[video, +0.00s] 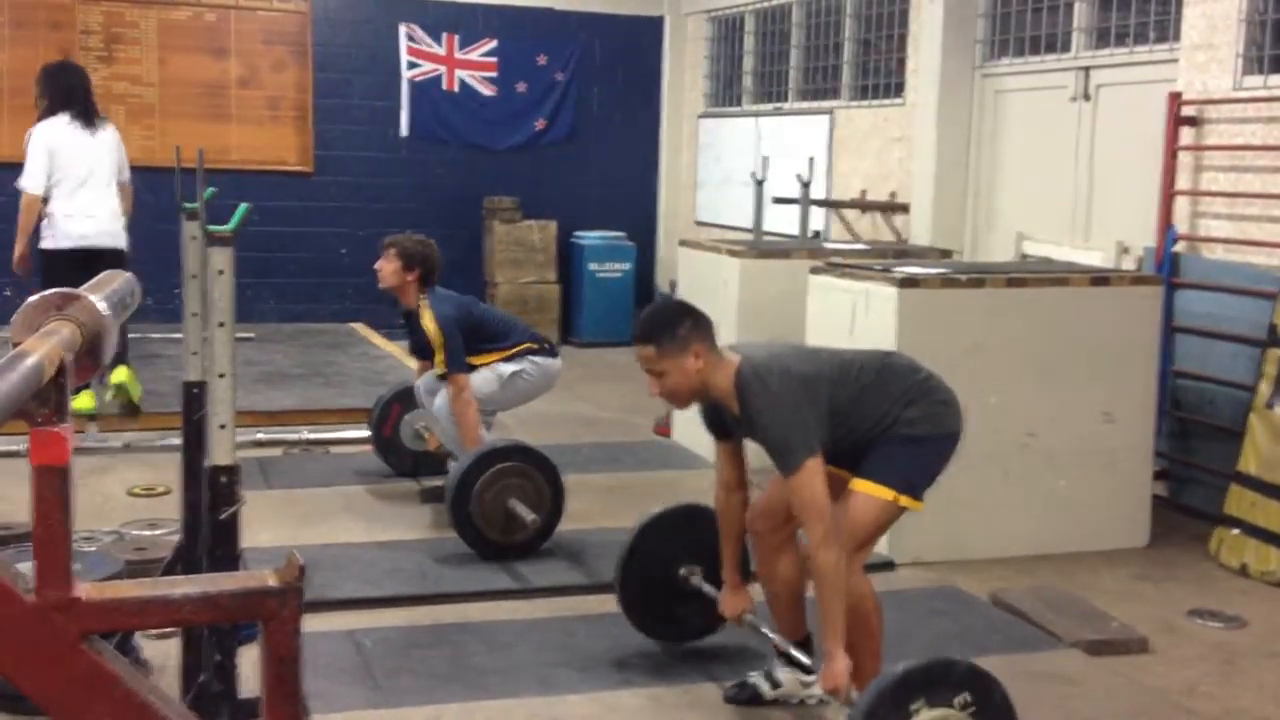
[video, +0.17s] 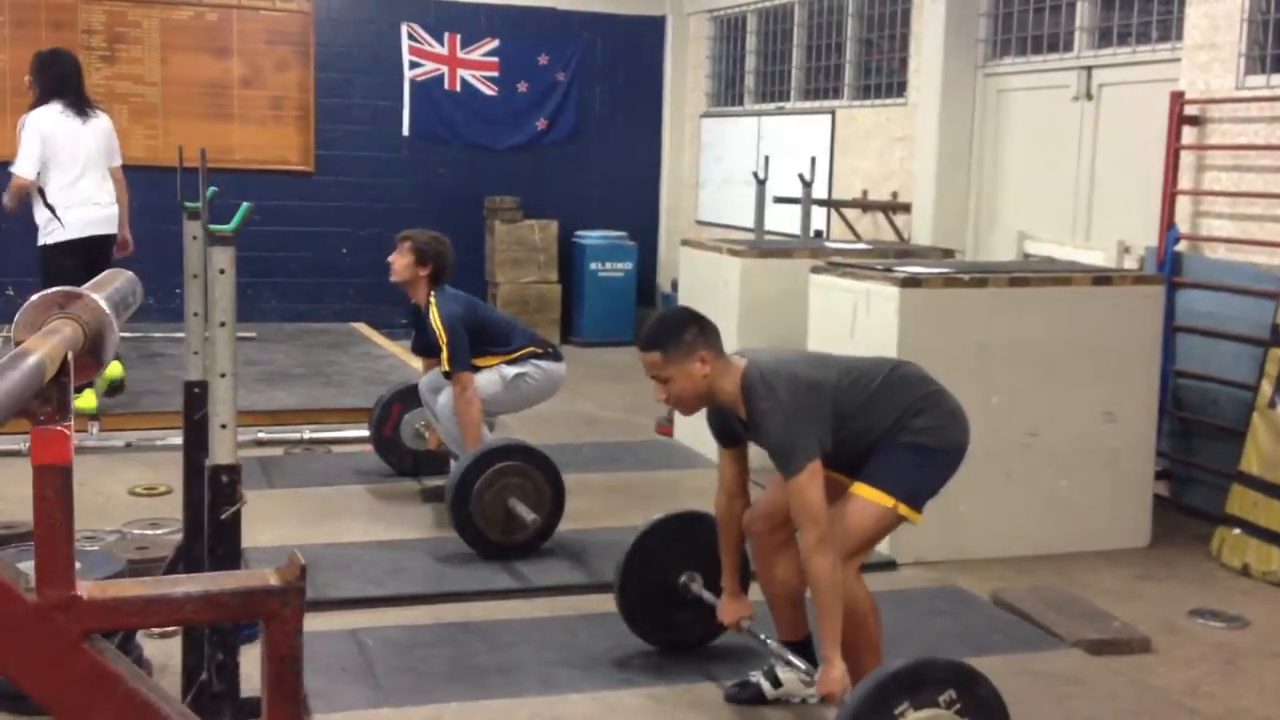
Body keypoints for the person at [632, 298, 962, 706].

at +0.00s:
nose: (654, 389)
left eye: (658, 374)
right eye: (649, 376)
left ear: (697, 357)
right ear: (696, 358)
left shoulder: (773, 395)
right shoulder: (720, 397)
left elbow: (825, 538)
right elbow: (730, 486)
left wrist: (836, 651)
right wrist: (732, 583)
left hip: (922, 419)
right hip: (866, 421)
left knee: (834, 554)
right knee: (767, 520)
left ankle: (867, 702)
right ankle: (795, 667)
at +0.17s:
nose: (659, 394)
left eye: (663, 380)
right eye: (654, 382)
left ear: (703, 363)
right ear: (702, 364)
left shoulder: (780, 402)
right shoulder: (726, 403)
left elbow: (818, 542)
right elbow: (731, 494)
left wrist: (832, 658)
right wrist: (732, 592)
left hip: (927, 428)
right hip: (866, 430)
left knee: (833, 559)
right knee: (762, 525)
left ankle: (868, 701)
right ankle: (796, 667)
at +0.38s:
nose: (661, 389)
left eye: (666, 374)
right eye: (657, 376)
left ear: (706, 359)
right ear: (705, 361)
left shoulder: (780, 401)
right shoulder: (728, 403)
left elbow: (815, 544)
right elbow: (732, 498)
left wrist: (831, 662)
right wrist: (733, 593)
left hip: (926, 441)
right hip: (867, 442)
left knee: (826, 564)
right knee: (756, 526)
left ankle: (873, 699)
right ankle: (797, 667)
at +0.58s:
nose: (662, 386)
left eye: (668, 371)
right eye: (659, 373)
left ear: (708, 357)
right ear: (708, 359)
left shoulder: (778, 404)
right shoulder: (727, 407)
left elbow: (813, 547)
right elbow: (732, 500)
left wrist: (832, 666)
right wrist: (735, 593)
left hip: (923, 455)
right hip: (863, 455)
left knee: (811, 567)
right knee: (747, 533)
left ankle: (869, 692)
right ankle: (797, 666)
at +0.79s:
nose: (665, 397)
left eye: (669, 382)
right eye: (660, 385)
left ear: (708, 362)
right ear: (706, 364)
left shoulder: (779, 408)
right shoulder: (727, 410)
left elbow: (820, 549)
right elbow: (733, 501)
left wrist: (838, 665)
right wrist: (735, 594)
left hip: (921, 462)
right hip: (857, 460)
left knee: (808, 567)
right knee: (743, 538)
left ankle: (864, 690)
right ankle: (802, 667)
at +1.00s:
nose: (668, 373)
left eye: (676, 359)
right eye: (665, 360)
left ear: (719, 346)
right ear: (717, 348)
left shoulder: (780, 405)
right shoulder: (721, 405)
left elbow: (818, 544)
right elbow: (730, 500)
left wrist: (839, 662)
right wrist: (734, 588)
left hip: (906, 480)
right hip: (843, 475)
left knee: (790, 572)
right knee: (724, 543)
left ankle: (856, 679)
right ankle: (808, 662)